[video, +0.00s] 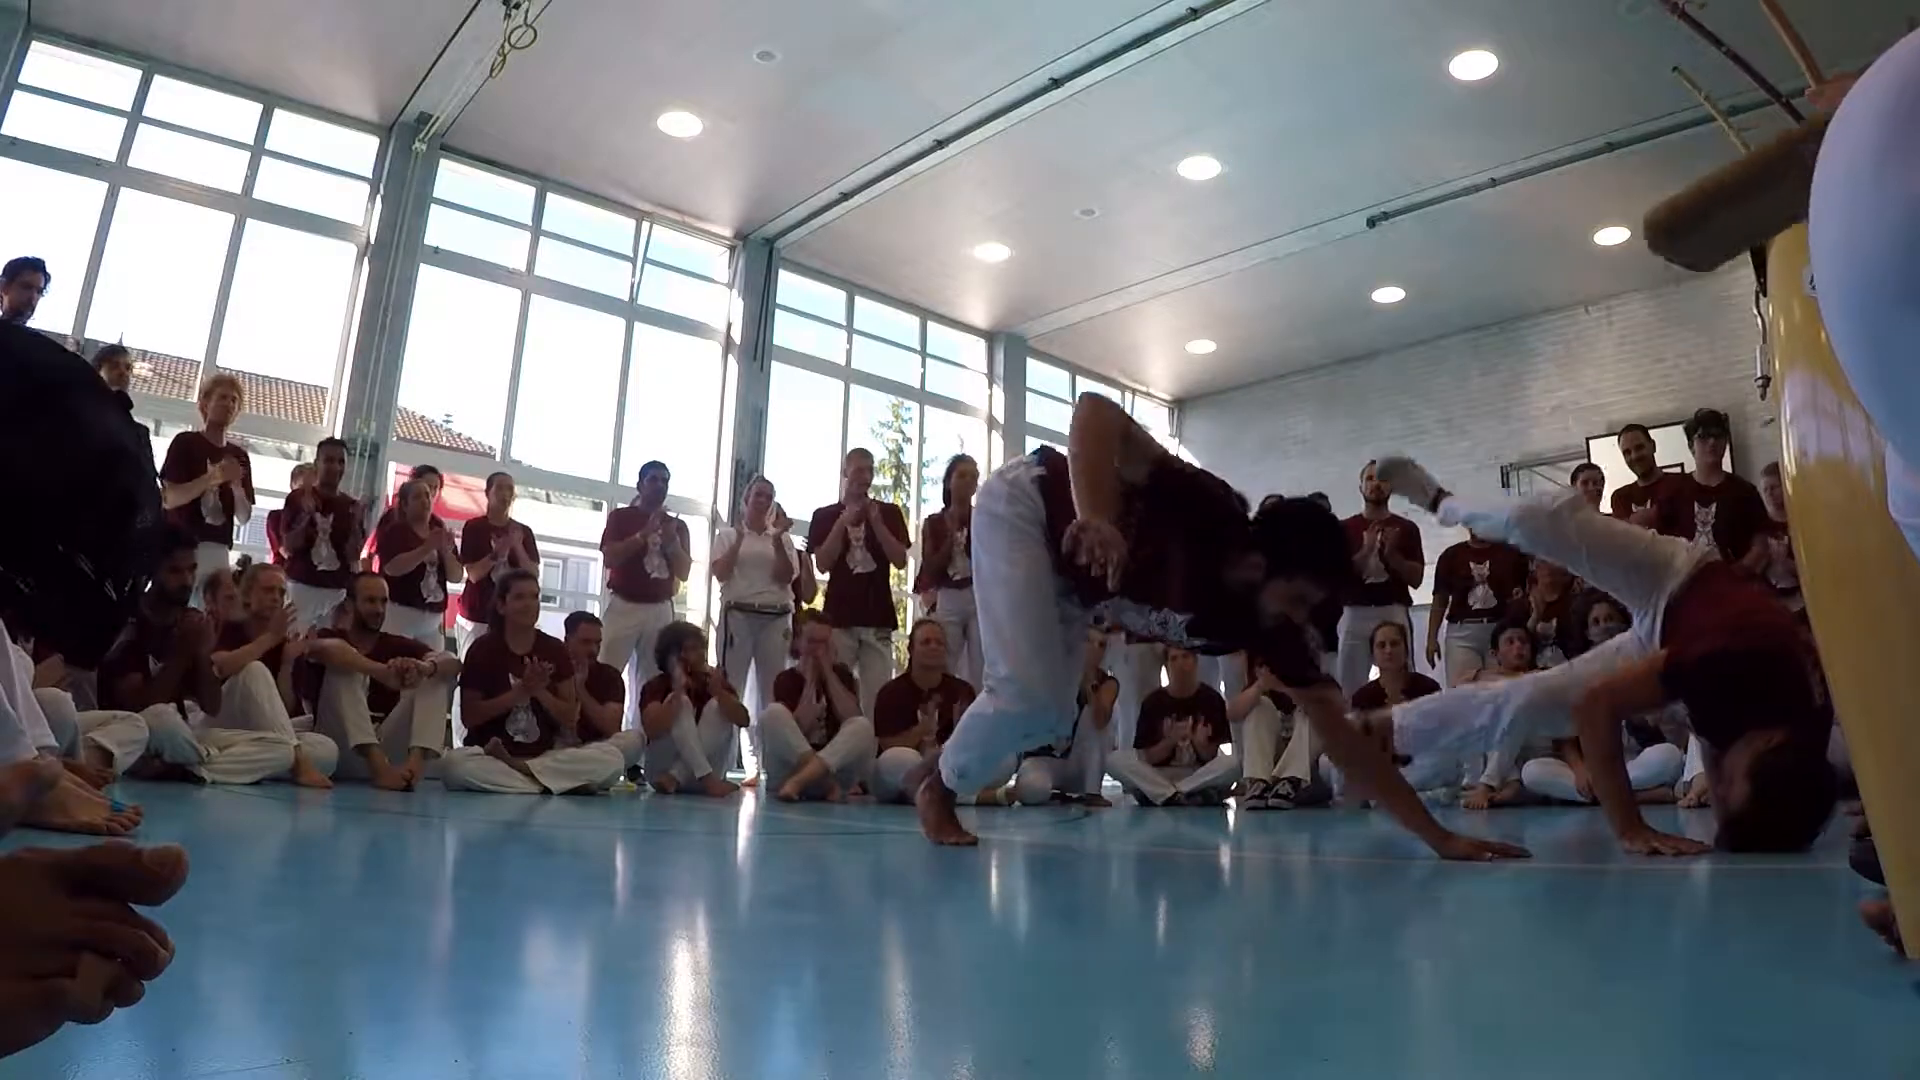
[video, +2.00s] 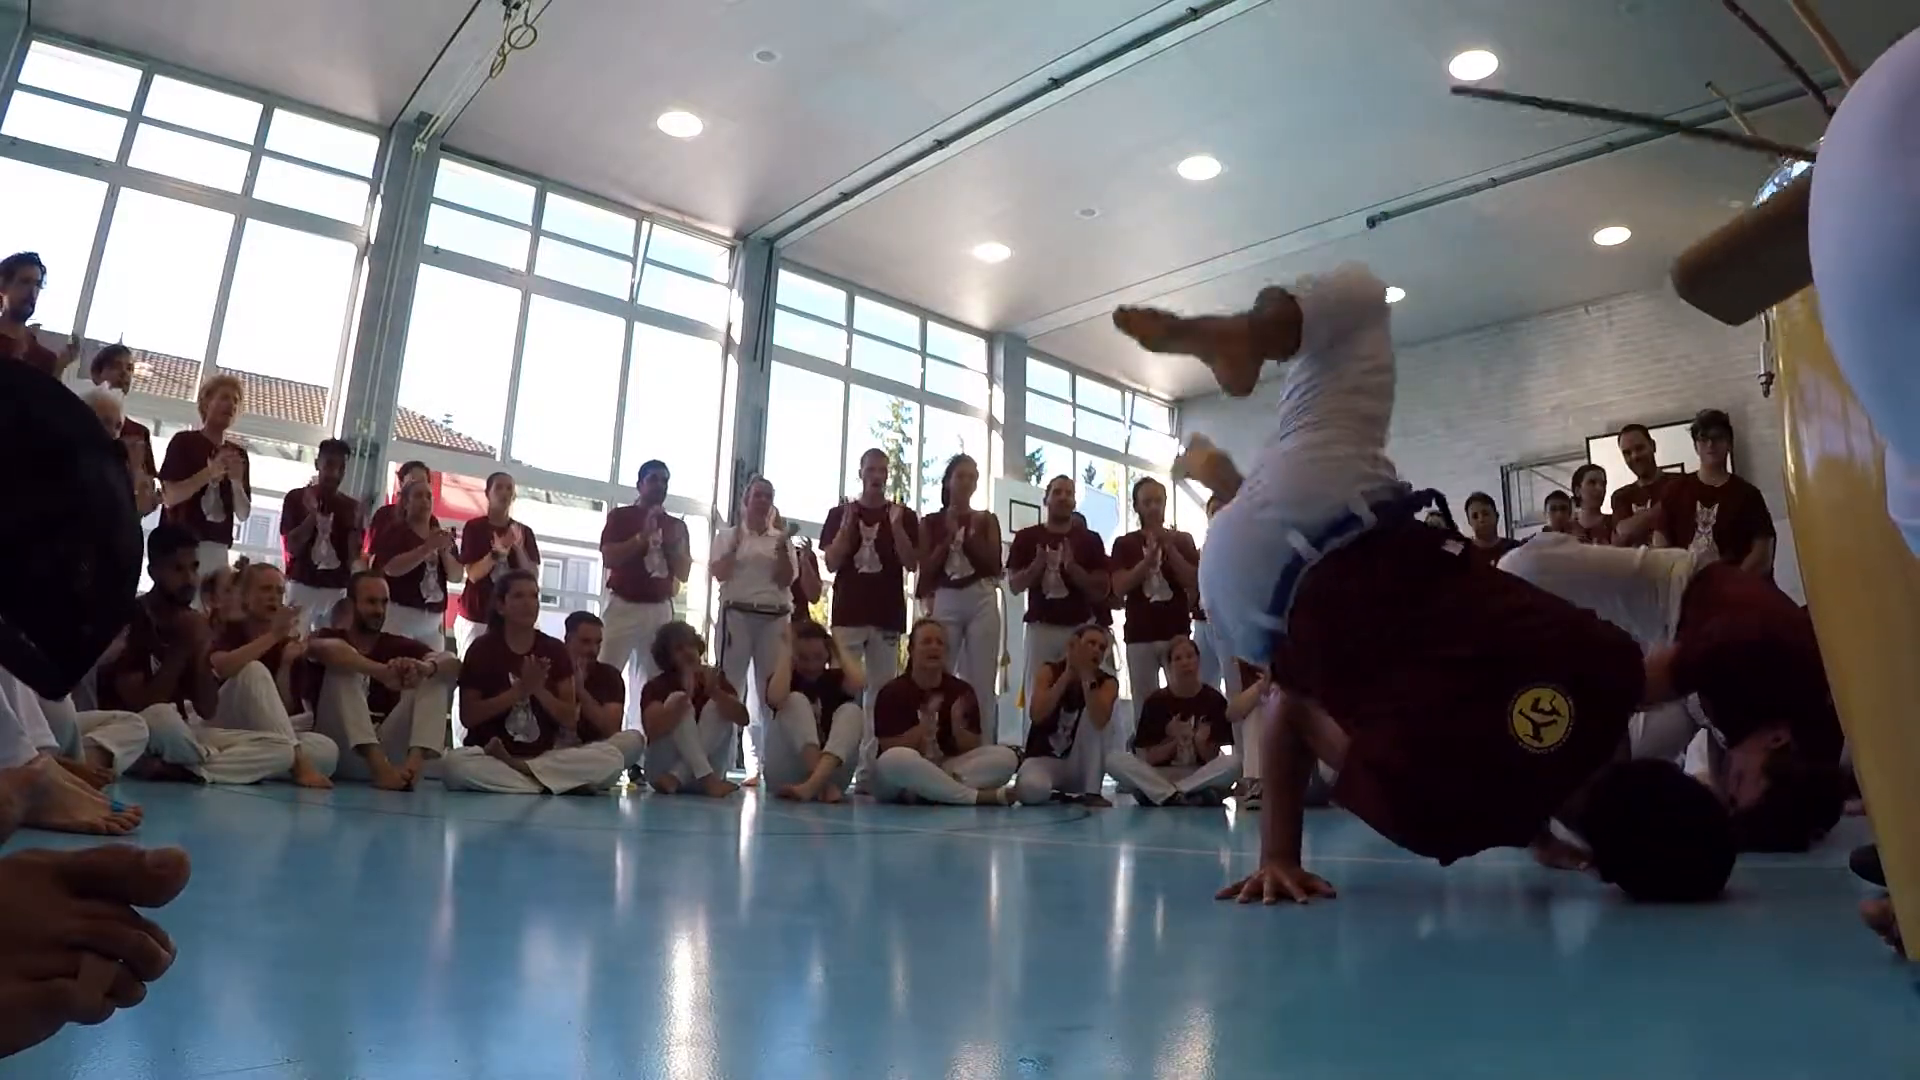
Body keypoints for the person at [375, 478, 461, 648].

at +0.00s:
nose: (425, 502)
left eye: (428, 496)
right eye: (417, 497)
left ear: (433, 500)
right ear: (404, 504)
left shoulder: (439, 532)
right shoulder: (394, 531)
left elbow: (456, 577)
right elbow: (391, 568)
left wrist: (447, 550)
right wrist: (428, 547)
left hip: (434, 614)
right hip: (401, 611)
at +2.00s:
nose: (425, 501)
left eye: (428, 497)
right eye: (418, 496)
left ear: (432, 502)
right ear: (406, 502)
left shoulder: (440, 535)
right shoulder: (394, 531)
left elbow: (456, 576)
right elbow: (391, 569)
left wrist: (445, 551)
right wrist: (428, 547)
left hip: (434, 614)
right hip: (400, 610)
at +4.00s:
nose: (428, 502)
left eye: (431, 498)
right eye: (422, 497)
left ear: (434, 502)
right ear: (407, 502)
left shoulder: (442, 537)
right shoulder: (394, 532)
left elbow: (457, 577)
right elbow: (391, 568)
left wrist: (439, 558)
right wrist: (428, 549)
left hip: (433, 614)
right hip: (400, 611)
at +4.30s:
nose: (428, 502)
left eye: (431, 497)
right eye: (422, 497)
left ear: (435, 502)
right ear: (407, 502)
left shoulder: (440, 536)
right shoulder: (394, 531)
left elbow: (456, 578)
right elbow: (390, 568)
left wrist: (448, 553)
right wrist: (426, 548)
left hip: (434, 614)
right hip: (402, 610)